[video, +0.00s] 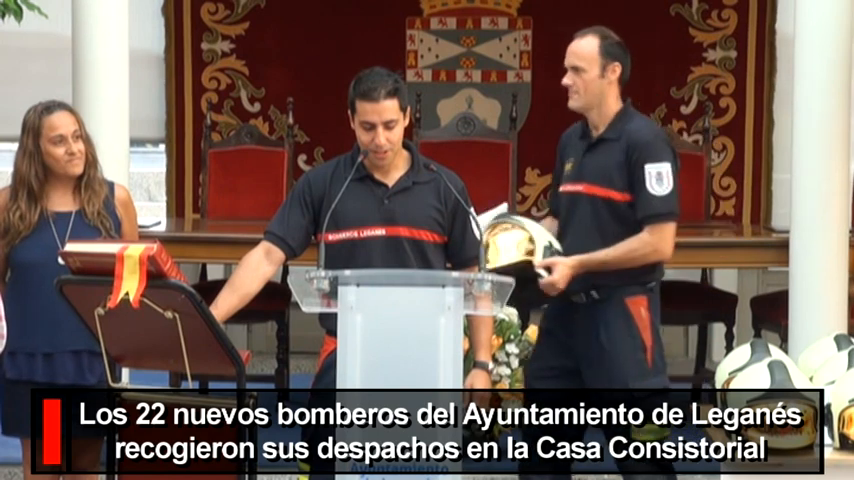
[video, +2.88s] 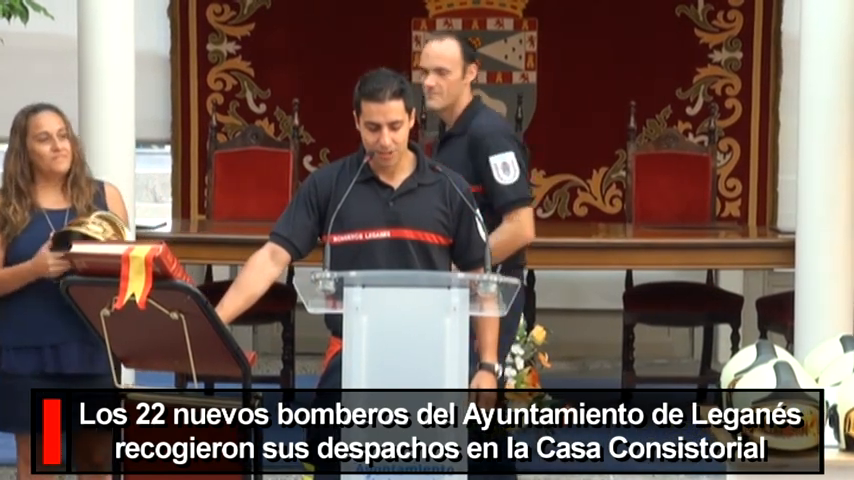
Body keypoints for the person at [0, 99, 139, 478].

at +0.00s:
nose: (74, 148)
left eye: (78, 136)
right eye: (59, 141)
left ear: (86, 139)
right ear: (36, 150)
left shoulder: (115, 199)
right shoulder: (11, 204)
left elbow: (133, 279)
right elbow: (2, 280)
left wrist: (126, 350)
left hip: (92, 362)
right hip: (28, 362)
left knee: (86, 467)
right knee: (41, 469)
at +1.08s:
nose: (95, 151)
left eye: (94, 140)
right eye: (83, 143)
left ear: (97, 141)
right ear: (52, 151)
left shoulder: (112, 194)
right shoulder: (19, 202)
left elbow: (132, 269)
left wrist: (130, 340)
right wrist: (2, 349)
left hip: (100, 348)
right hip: (38, 350)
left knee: (102, 462)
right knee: (49, 465)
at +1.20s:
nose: (97, 152)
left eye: (97, 141)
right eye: (85, 143)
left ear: (100, 142)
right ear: (55, 149)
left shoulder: (114, 195)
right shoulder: (24, 199)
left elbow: (143, 270)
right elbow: (6, 281)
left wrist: (199, 301)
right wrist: (62, 329)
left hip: (109, 353)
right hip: (46, 355)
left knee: (108, 459)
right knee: (52, 464)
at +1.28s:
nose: (98, 151)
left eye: (98, 140)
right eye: (86, 144)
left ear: (102, 141)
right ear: (56, 151)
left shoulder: (117, 194)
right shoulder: (30, 200)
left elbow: (144, 257)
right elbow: (27, 281)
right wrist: (90, 306)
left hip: (111, 346)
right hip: (53, 349)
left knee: (110, 457)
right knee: (55, 462)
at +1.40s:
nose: (102, 148)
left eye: (102, 138)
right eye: (88, 142)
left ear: (107, 139)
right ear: (61, 150)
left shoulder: (124, 193)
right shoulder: (40, 200)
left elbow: (151, 258)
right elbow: (63, 279)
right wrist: (117, 318)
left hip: (118, 348)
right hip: (61, 349)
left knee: (113, 460)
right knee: (59, 464)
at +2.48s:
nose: (91, 146)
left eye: (97, 136)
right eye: (77, 139)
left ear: (106, 140)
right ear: (58, 149)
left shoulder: (138, 195)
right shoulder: (40, 201)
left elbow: (154, 267)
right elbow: (25, 279)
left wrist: (117, 276)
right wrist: (88, 281)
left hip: (121, 353)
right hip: (59, 352)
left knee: (114, 461)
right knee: (56, 465)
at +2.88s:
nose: (58, 145)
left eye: (63, 135)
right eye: (44, 138)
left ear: (74, 141)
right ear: (24, 150)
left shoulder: (105, 196)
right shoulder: (8, 206)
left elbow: (127, 269)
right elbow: (0, 282)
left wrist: (95, 259)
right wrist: (34, 267)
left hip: (92, 358)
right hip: (25, 359)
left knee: (98, 466)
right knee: (36, 467)